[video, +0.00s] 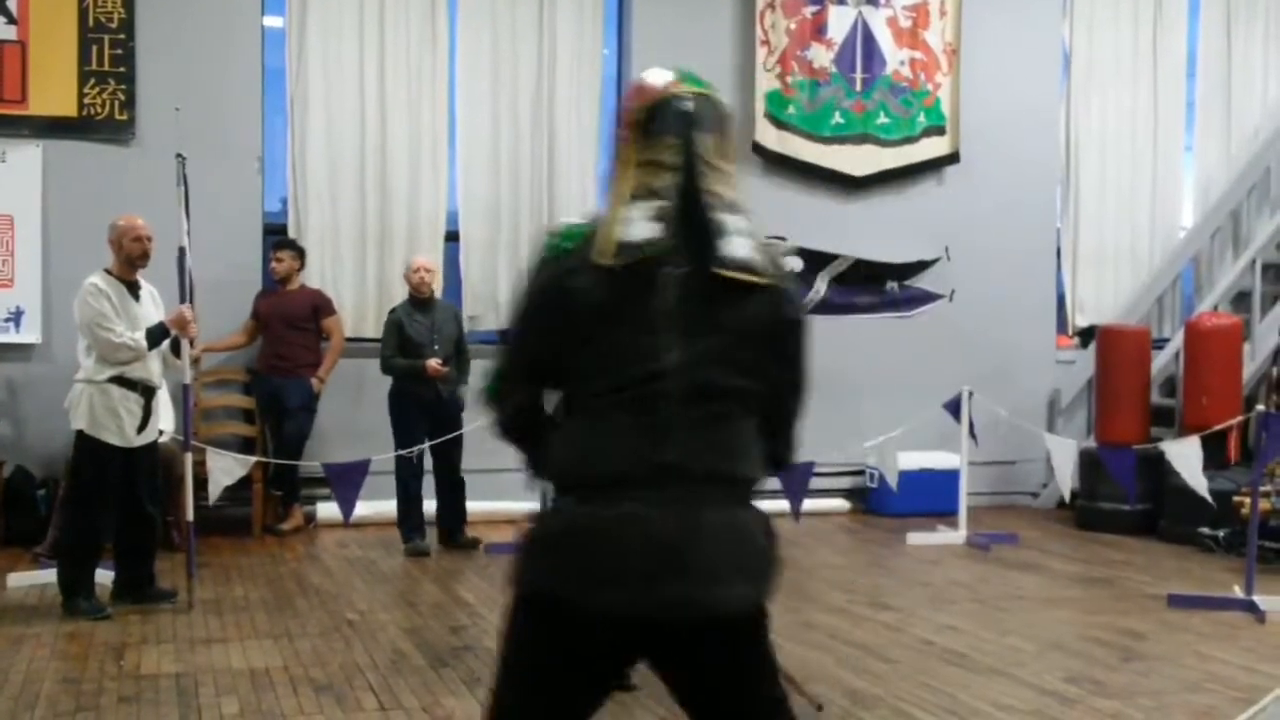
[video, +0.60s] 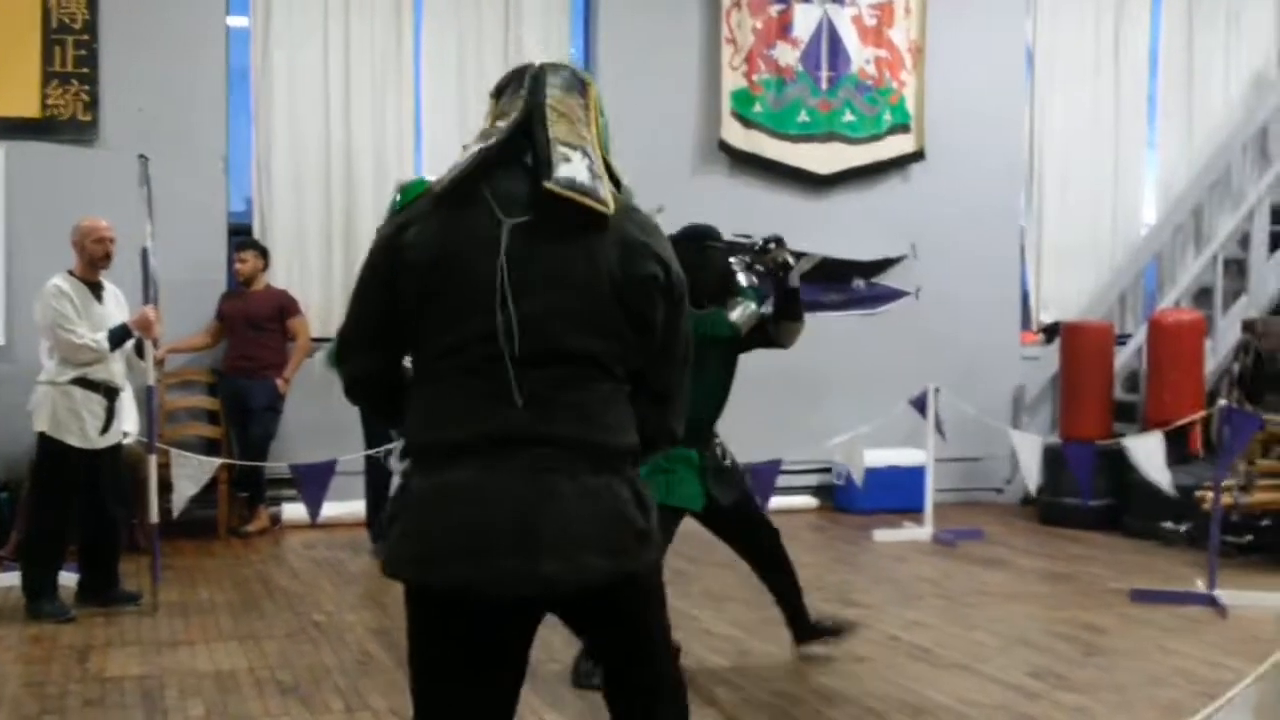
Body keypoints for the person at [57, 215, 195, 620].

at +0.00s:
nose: (147, 247)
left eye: (149, 240)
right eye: (138, 240)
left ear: (151, 246)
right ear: (115, 246)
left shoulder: (150, 293)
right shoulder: (94, 290)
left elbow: (168, 355)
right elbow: (115, 348)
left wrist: (183, 343)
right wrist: (168, 328)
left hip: (145, 410)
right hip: (104, 408)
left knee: (141, 501)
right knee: (91, 502)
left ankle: (135, 582)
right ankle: (77, 591)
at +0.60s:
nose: (108, 249)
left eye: (111, 242)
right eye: (99, 242)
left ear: (113, 247)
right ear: (78, 247)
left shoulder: (115, 295)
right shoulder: (57, 291)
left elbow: (135, 367)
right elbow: (76, 349)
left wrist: (146, 345)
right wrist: (130, 329)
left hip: (108, 414)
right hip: (66, 412)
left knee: (104, 504)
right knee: (53, 505)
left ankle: (99, 585)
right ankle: (40, 594)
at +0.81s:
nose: (59, 248)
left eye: (63, 241)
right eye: (51, 241)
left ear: (66, 248)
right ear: (30, 247)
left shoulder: (68, 295)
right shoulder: (10, 292)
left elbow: (79, 356)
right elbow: (30, 351)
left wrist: (98, 342)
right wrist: (80, 331)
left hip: (61, 417)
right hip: (19, 416)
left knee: (57, 507)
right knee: (14, 508)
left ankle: (51, 588)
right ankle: (4, 593)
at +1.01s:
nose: (28, 249)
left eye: (31, 242)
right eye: (19, 242)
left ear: (35, 247)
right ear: (2, 246)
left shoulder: (36, 296)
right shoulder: (3, 295)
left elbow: (49, 362)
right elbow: (6, 352)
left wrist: (67, 346)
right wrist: (46, 334)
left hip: (35, 423)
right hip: (7, 426)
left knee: (31, 511)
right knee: (10, 512)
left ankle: (24, 588)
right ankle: (13, 590)